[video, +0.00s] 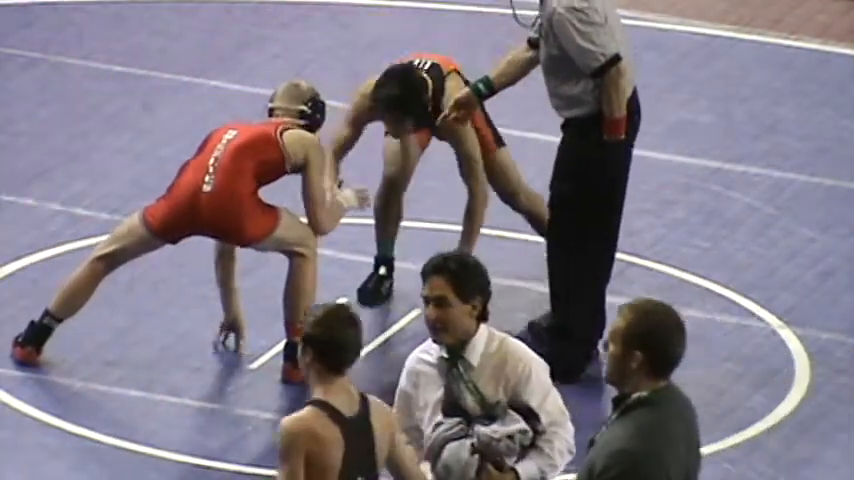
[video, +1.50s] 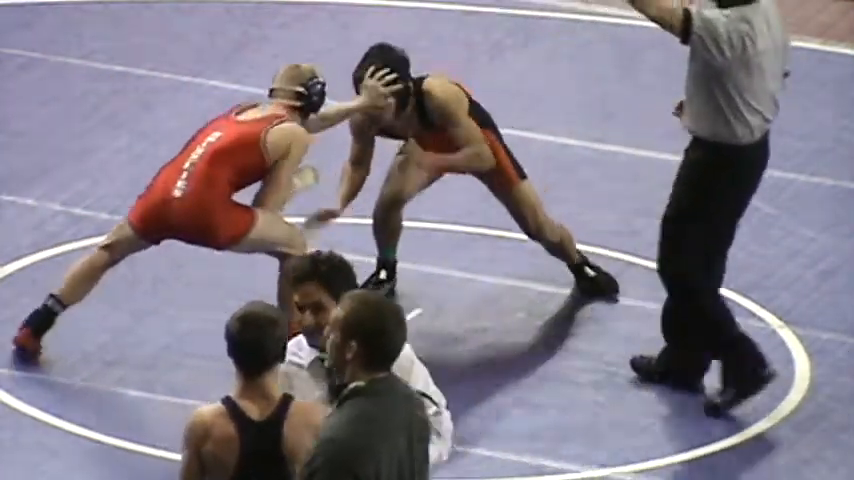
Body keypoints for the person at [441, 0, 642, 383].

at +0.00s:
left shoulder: (568, 11)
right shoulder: (554, 9)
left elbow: (615, 70)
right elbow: (530, 52)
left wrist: (614, 141)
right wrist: (476, 93)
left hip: (601, 127)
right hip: (585, 122)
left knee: (581, 235)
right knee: (564, 227)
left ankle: (574, 352)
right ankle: (566, 327)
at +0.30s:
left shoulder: (560, 17)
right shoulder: (569, 5)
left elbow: (614, 61)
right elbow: (555, 50)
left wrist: (611, 116)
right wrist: (517, 31)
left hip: (589, 128)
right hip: (607, 121)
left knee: (564, 228)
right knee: (589, 224)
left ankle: (570, 332)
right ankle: (588, 318)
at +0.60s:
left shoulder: (585, 16)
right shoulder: (609, 5)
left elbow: (530, 88)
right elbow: (584, 50)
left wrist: (485, 98)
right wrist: (545, 17)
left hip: (598, 133)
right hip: (619, 121)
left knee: (573, 239)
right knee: (593, 235)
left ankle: (574, 350)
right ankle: (583, 343)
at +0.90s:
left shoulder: (614, 15)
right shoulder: (662, 5)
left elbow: (535, 16)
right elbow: (640, 46)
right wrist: (583, 65)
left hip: (613, 135)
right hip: (643, 127)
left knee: (580, 245)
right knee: (625, 237)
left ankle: (568, 356)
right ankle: (668, 335)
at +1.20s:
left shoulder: (672, 17)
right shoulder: (712, 7)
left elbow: (606, 2)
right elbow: (697, 66)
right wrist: (649, 94)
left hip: (672, 145)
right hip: (695, 138)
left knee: (622, 251)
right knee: (677, 253)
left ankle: (573, 355)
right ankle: (680, 363)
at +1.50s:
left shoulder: (727, 29)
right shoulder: (764, 11)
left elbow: (657, 9)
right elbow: (772, 76)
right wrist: (704, 104)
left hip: (718, 157)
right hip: (739, 150)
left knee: (679, 265)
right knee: (697, 260)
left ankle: (744, 367)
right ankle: (682, 364)